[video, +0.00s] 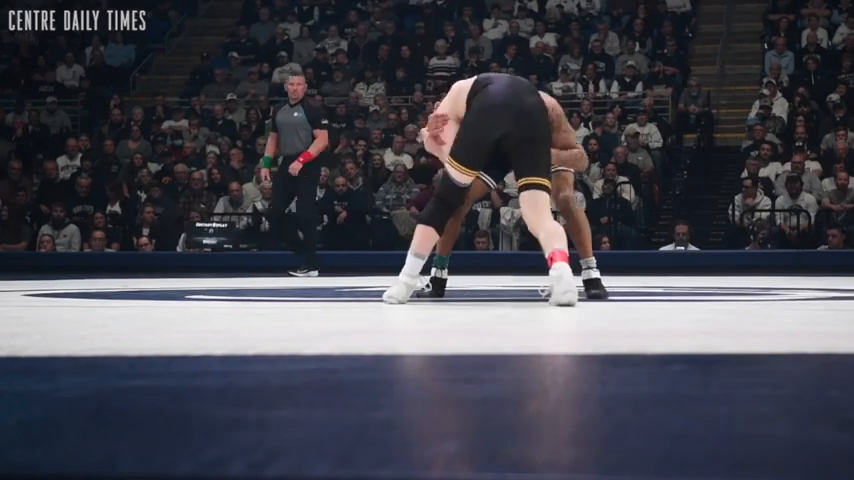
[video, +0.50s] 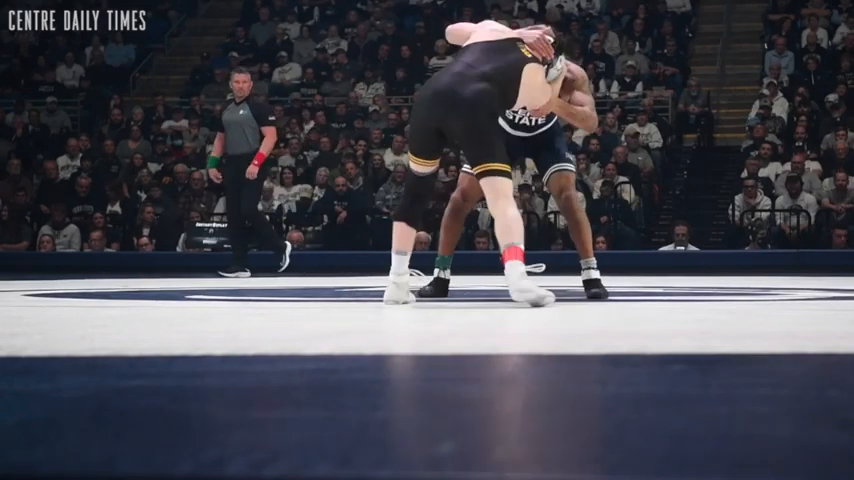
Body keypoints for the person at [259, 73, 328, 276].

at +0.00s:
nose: (295, 88)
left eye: (299, 84)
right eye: (292, 84)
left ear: (305, 86)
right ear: (286, 87)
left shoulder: (313, 108)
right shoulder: (279, 111)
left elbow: (322, 139)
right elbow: (273, 138)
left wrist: (301, 160)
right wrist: (266, 165)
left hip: (308, 165)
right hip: (286, 165)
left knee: (305, 212)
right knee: (276, 213)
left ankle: (311, 264)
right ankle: (302, 254)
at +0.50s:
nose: (240, 86)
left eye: (244, 82)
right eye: (237, 82)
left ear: (251, 85)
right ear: (230, 85)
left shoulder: (258, 106)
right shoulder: (226, 109)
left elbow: (271, 136)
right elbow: (220, 137)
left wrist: (256, 163)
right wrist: (212, 163)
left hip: (252, 163)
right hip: (231, 163)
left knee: (248, 211)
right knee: (234, 215)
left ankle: (281, 247)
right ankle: (240, 265)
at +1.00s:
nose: (191, 85)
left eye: (195, 81)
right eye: (188, 81)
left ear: (202, 82)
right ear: (182, 83)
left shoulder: (210, 106)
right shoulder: (176, 109)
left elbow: (223, 138)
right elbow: (167, 136)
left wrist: (220, 169)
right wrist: (160, 160)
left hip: (202, 164)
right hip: (183, 165)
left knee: (194, 212)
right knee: (191, 214)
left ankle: (190, 265)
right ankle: (227, 253)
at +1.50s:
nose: (134, 83)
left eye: (138, 78)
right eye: (130, 78)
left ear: (145, 80)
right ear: (123, 81)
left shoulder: (152, 103)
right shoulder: (118, 106)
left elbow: (161, 135)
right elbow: (114, 137)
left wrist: (140, 159)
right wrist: (108, 165)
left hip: (150, 164)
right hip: (126, 166)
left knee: (162, 211)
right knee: (119, 213)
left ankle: (184, 260)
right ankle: (113, 265)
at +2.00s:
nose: (81, 78)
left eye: (85, 74)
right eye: (77, 74)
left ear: (91, 76)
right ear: (69, 76)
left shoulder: (99, 100)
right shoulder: (62, 103)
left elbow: (115, 132)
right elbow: (52, 131)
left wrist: (109, 164)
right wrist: (40, 155)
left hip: (94, 160)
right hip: (74, 162)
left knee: (78, 209)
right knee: (93, 212)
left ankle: (60, 264)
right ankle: (109, 263)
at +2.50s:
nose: (32, 72)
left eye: (36, 68)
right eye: (27, 68)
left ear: (42, 70)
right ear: (19, 70)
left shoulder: (49, 94)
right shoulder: (9, 96)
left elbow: (61, 128)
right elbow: (3, 128)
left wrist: (42, 154)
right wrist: (3, 150)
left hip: (42, 156)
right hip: (14, 157)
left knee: (47, 207)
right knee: (9, 207)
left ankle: (54, 265)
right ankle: (7, 264)